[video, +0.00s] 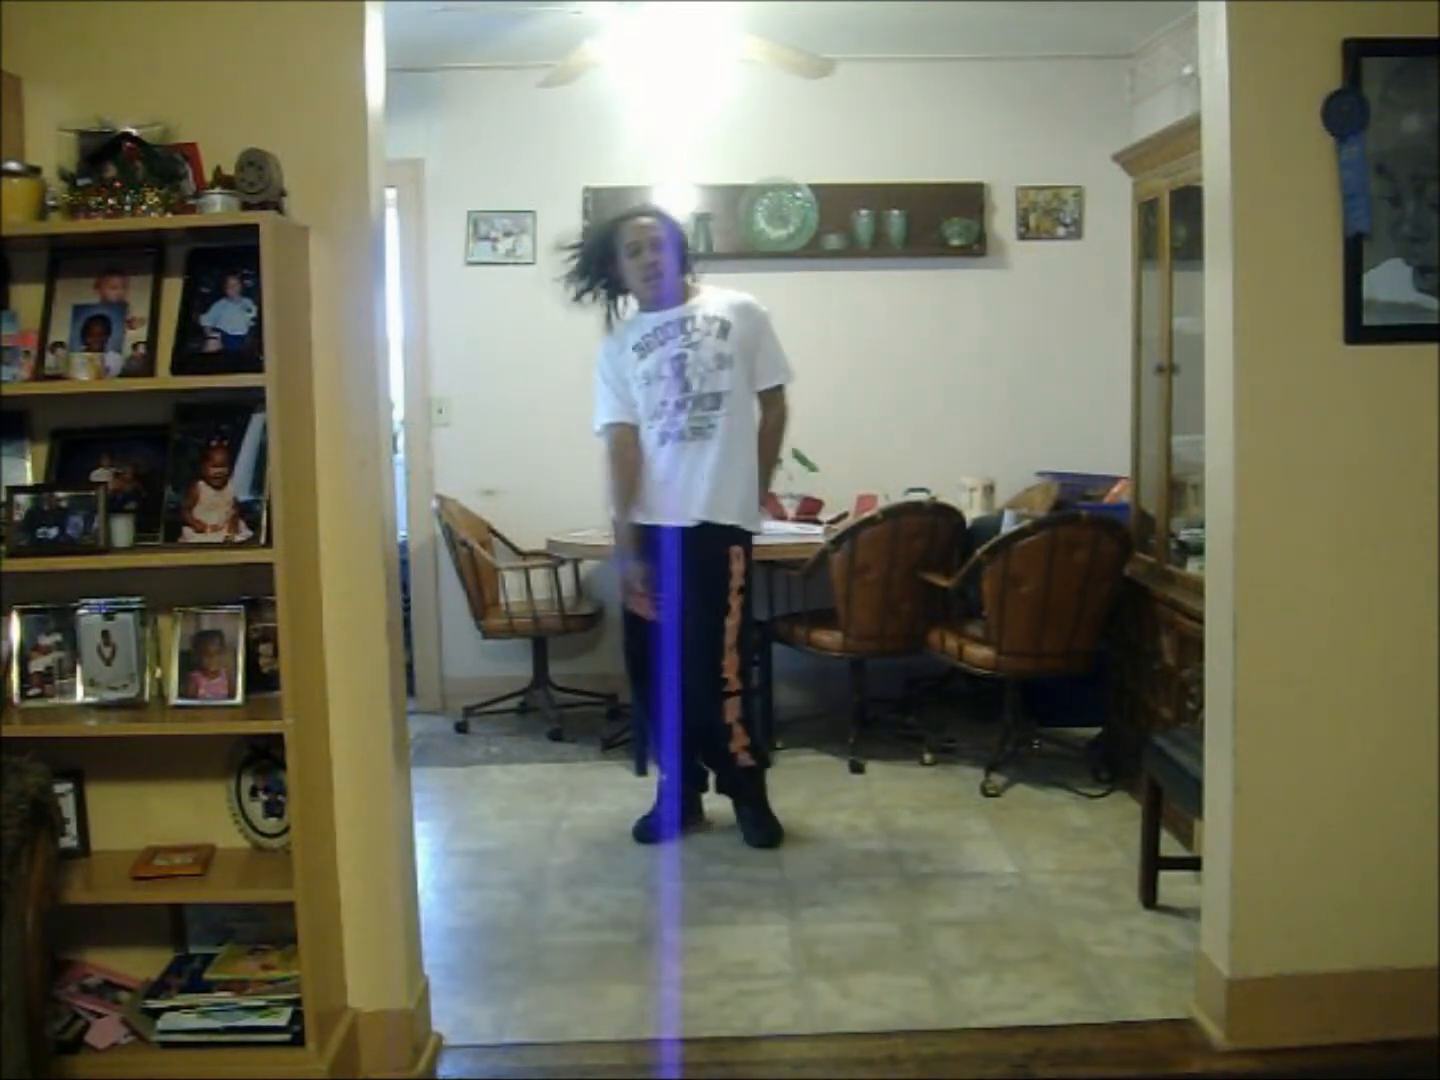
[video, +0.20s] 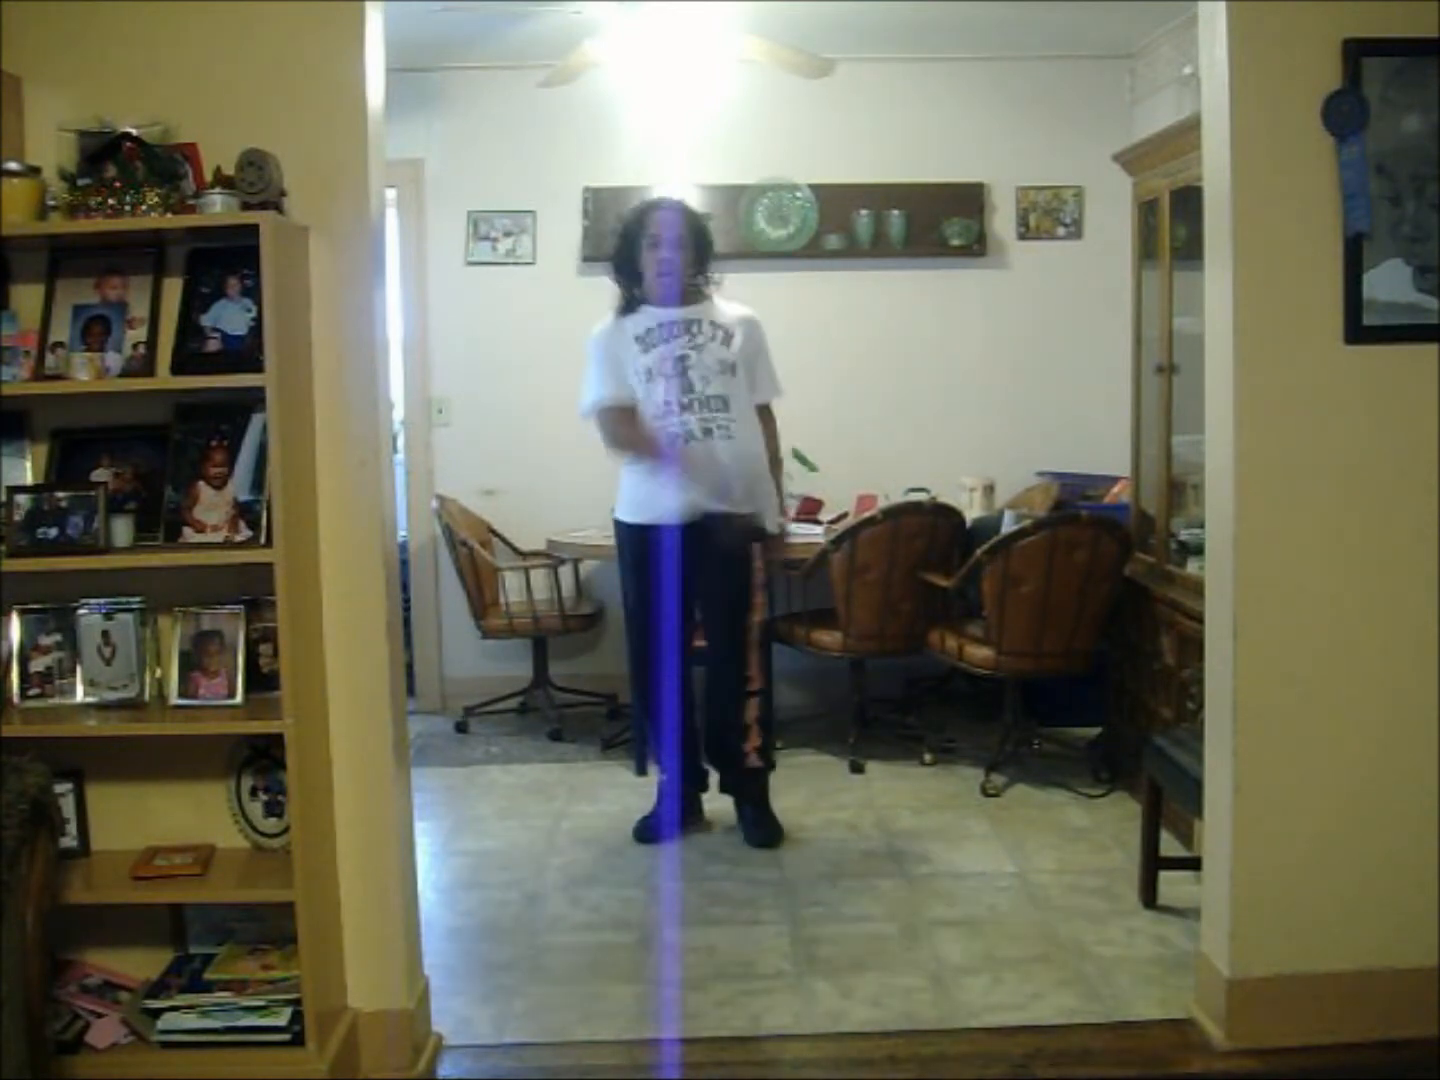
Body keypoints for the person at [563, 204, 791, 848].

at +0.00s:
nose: (651, 259)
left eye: (659, 246)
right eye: (636, 251)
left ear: (682, 253)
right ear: (617, 269)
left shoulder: (738, 315)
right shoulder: (618, 347)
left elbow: (774, 407)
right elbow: (622, 445)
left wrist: (756, 486)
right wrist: (626, 546)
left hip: (726, 511)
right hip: (654, 517)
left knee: (727, 659)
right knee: (663, 663)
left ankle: (749, 793)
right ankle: (679, 791)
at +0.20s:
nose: (668, 256)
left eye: (680, 244)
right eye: (655, 244)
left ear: (700, 254)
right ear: (634, 256)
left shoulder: (739, 327)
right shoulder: (614, 337)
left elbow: (764, 425)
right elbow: (614, 423)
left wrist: (775, 508)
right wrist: (654, 446)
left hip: (733, 512)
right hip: (651, 516)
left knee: (736, 654)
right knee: (659, 656)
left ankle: (749, 789)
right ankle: (678, 790)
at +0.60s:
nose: (702, 268)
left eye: (716, 257)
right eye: (691, 257)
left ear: (739, 267)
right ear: (674, 267)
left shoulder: (775, 347)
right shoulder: (647, 342)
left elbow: (773, 462)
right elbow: (630, 438)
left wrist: (752, 556)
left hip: (756, 513)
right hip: (677, 514)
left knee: (762, 660)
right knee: (661, 651)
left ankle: (753, 788)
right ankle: (652, 772)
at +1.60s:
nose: (606, 290)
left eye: (617, 275)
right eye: (604, 276)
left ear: (662, 273)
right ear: (629, 279)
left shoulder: (754, 347)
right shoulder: (608, 351)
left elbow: (772, 467)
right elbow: (603, 456)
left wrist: (738, 572)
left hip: (734, 545)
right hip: (650, 545)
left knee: (734, 687)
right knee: (661, 705)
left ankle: (738, 783)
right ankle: (651, 866)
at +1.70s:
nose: (607, 289)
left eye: (619, 274)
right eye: (605, 275)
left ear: (663, 272)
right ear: (624, 280)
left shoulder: (753, 348)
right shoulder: (619, 351)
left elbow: (771, 468)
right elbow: (606, 457)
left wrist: (738, 575)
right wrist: (639, 398)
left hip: (736, 545)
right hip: (653, 544)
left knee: (738, 688)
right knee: (662, 706)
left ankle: (738, 782)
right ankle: (650, 865)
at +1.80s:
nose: (626, 289)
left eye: (638, 274)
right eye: (624, 276)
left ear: (677, 274)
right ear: (636, 280)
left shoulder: (769, 352)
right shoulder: (627, 358)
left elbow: (783, 473)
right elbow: (582, 451)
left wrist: (747, 575)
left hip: (746, 551)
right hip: (657, 548)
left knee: (738, 695)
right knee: (660, 707)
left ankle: (738, 785)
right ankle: (651, 868)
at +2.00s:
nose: (661, 288)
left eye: (669, 271)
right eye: (646, 283)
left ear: (704, 270)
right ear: (637, 302)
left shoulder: (784, 343)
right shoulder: (645, 373)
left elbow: (824, 445)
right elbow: (582, 431)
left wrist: (779, 544)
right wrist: (526, 468)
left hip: (777, 549)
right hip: (688, 556)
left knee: (781, 702)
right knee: (673, 719)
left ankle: (794, 764)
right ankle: (651, 872)